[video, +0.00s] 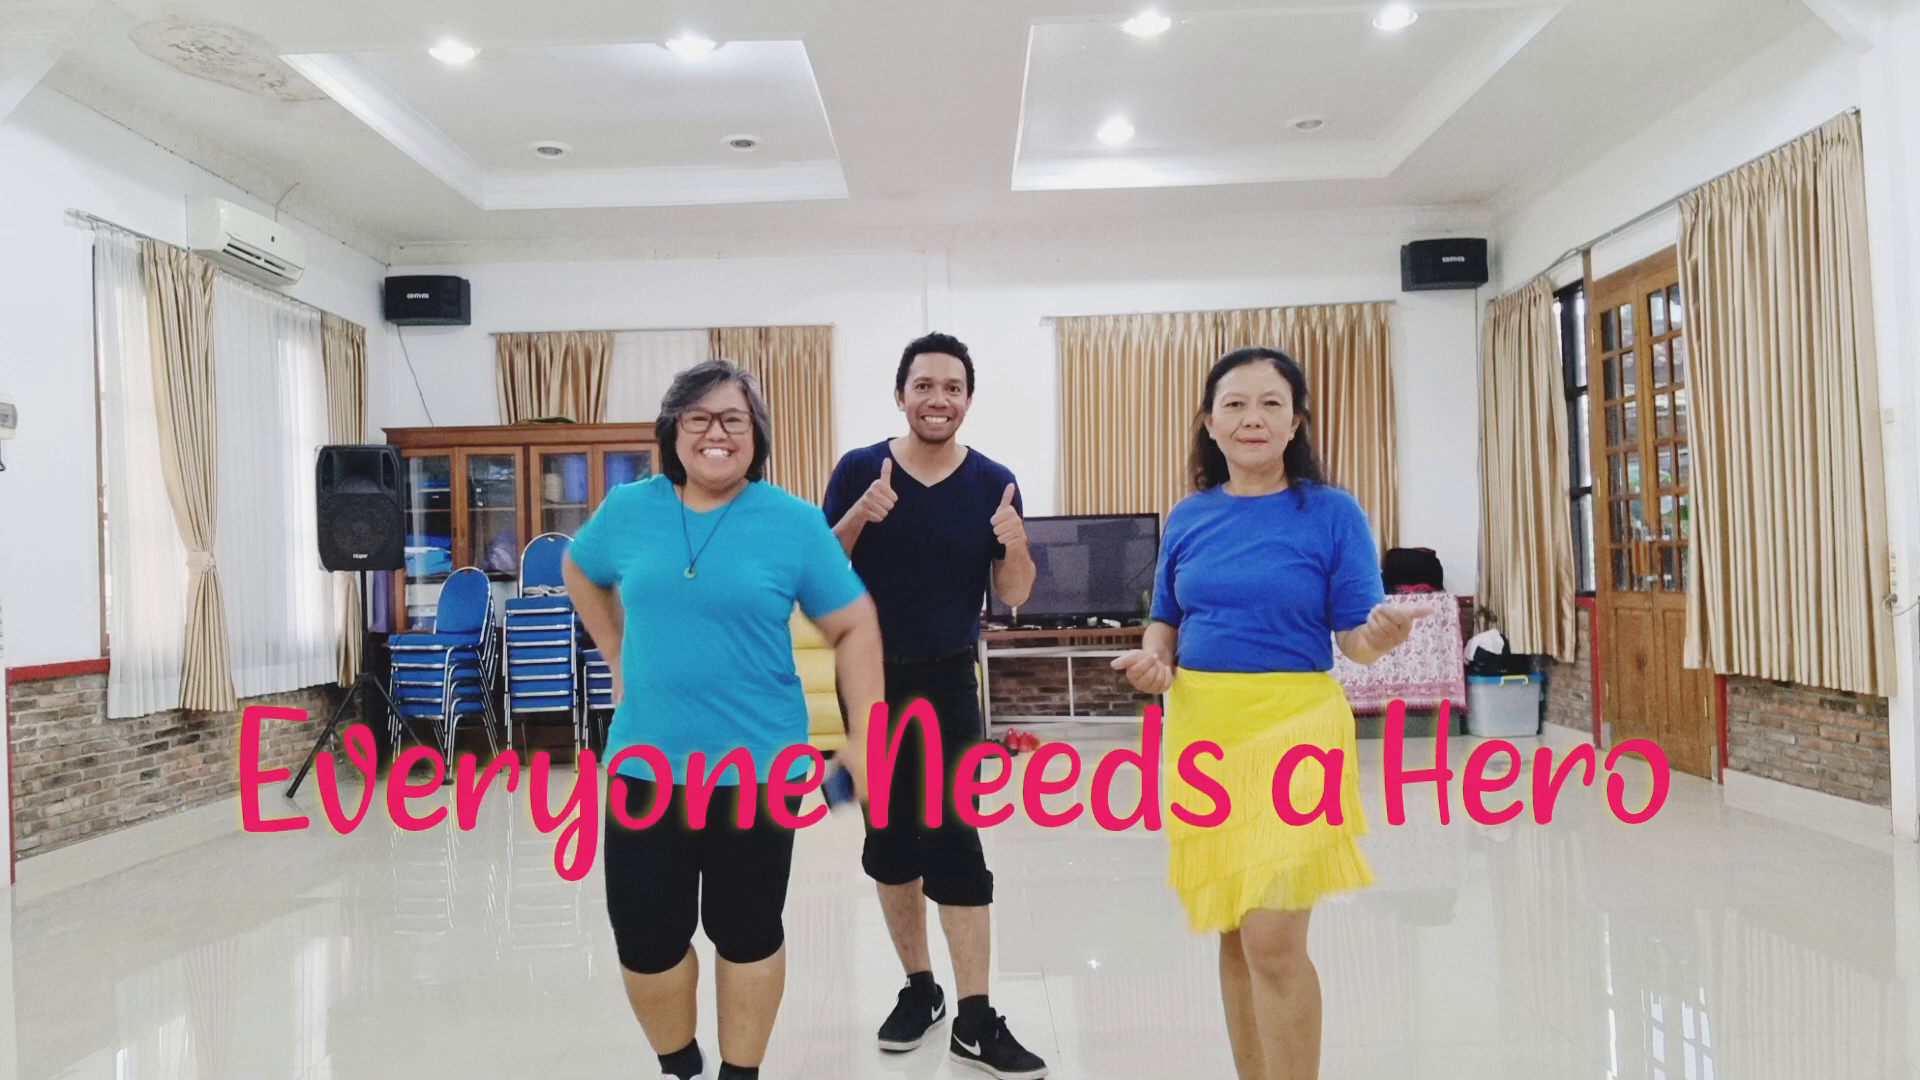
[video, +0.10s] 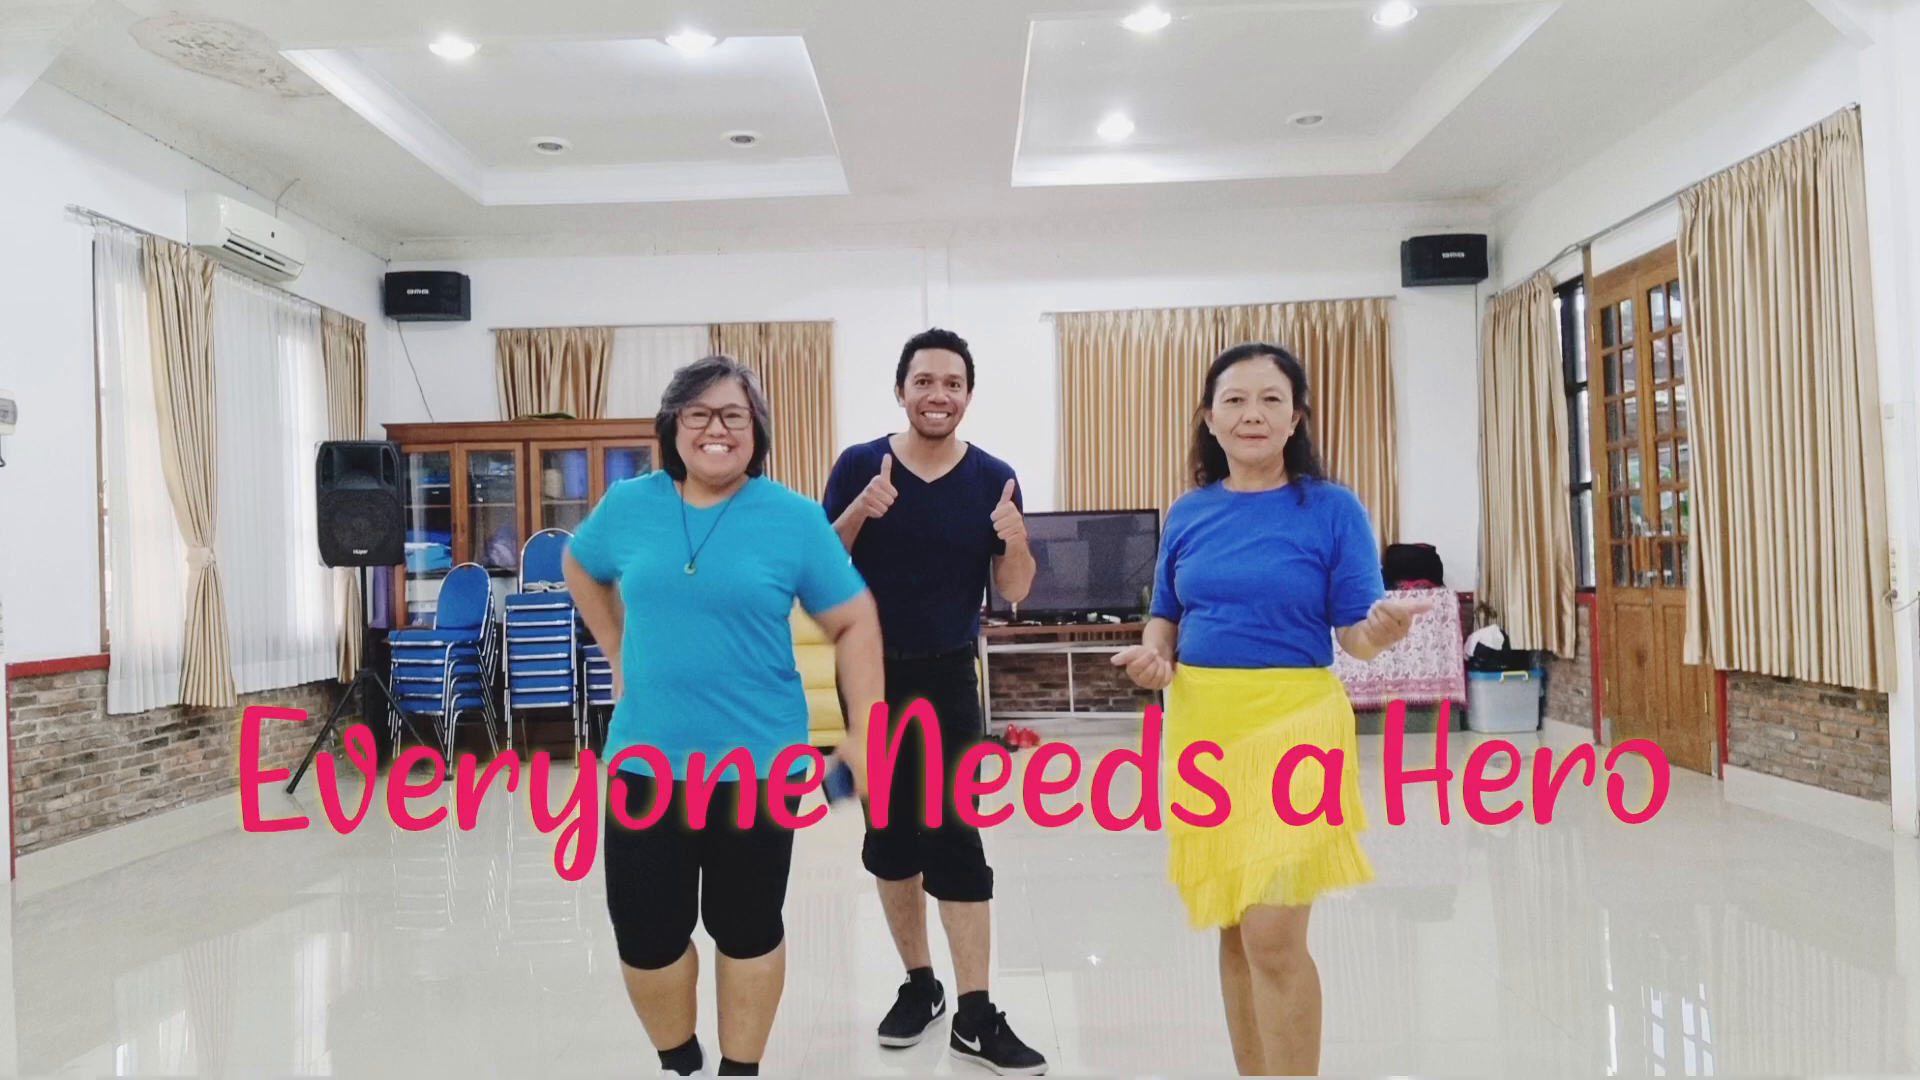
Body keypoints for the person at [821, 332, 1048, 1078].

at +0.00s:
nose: (938, 400)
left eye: (952, 388)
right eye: (924, 386)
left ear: (968, 399)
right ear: (900, 396)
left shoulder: (992, 483)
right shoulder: (858, 472)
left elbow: (1014, 595)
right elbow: (813, 570)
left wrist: (1015, 548)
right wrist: (854, 520)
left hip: (950, 676)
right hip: (872, 676)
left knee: (957, 841)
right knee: (892, 840)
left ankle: (975, 1014)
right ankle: (919, 990)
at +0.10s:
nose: (938, 396)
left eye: (952, 384)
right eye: (924, 382)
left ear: (968, 395)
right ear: (900, 392)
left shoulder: (992, 479)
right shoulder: (858, 468)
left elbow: (1014, 593)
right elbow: (813, 566)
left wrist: (1015, 544)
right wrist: (854, 515)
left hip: (950, 673)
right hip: (872, 673)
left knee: (957, 839)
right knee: (892, 839)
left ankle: (975, 1011)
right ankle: (919, 985)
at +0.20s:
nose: (938, 365)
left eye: (952, 354)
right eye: (924, 352)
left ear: (968, 365)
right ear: (901, 362)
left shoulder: (992, 448)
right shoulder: (858, 438)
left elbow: (1014, 562)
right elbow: (813, 535)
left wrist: (1015, 514)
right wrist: (854, 485)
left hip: (950, 644)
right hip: (872, 643)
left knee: (959, 809)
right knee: (892, 810)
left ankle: (975, 980)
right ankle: (919, 955)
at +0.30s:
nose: (938, 283)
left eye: (952, 271)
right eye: (924, 270)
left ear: (968, 283)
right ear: (900, 280)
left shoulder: (991, 366)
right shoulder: (858, 355)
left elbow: (1014, 479)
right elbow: (813, 453)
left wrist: (1015, 431)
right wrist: (854, 403)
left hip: (949, 562)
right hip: (870, 560)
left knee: (957, 723)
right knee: (890, 718)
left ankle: (975, 896)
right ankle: (918, 870)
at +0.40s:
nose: (939, 123)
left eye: (952, 112)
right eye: (925, 110)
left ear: (968, 124)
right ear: (901, 119)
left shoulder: (990, 206)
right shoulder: (859, 195)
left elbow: (1013, 321)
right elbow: (813, 292)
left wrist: (1015, 272)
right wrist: (855, 242)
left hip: (949, 405)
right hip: (872, 403)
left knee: (955, 570)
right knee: (893, 567)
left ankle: (978, 735)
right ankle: (919, 712)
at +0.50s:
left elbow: (1015, 52)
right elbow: (825, 31)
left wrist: (1015, 6)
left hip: (948, 130)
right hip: (870, 128)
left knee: (956, 302)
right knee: (890, 297)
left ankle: (975, 475)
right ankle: (919, 448)